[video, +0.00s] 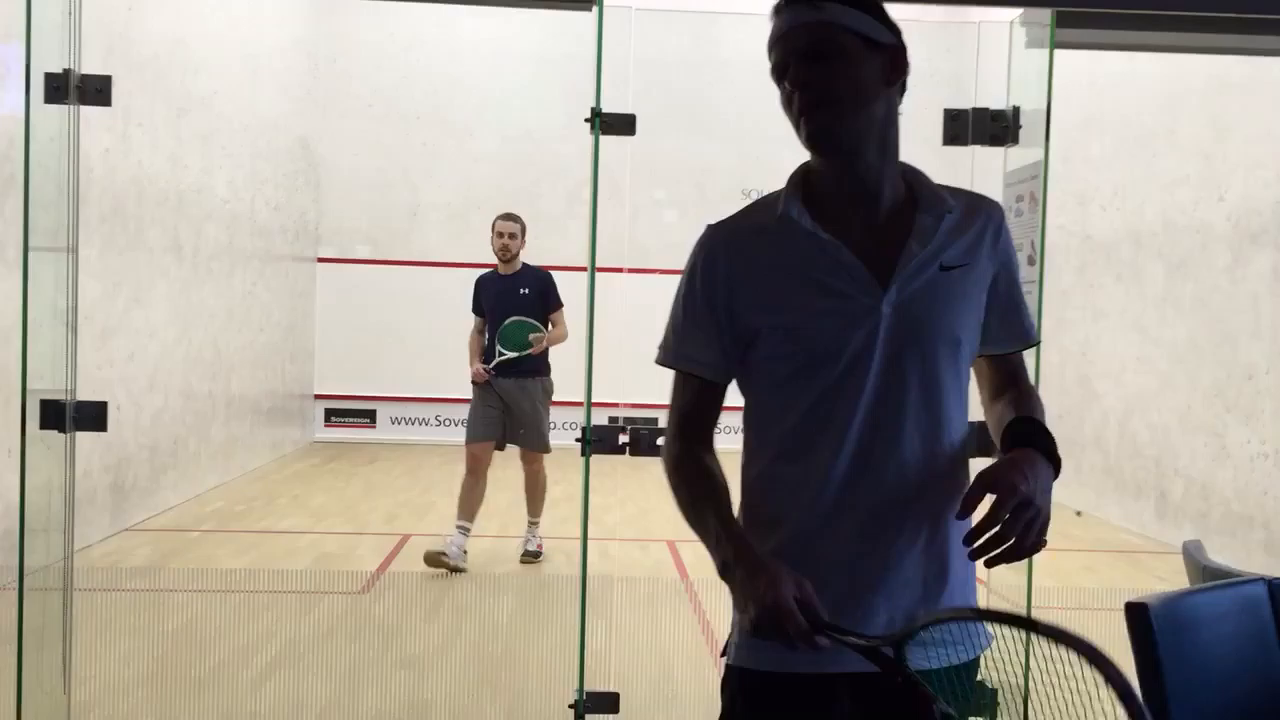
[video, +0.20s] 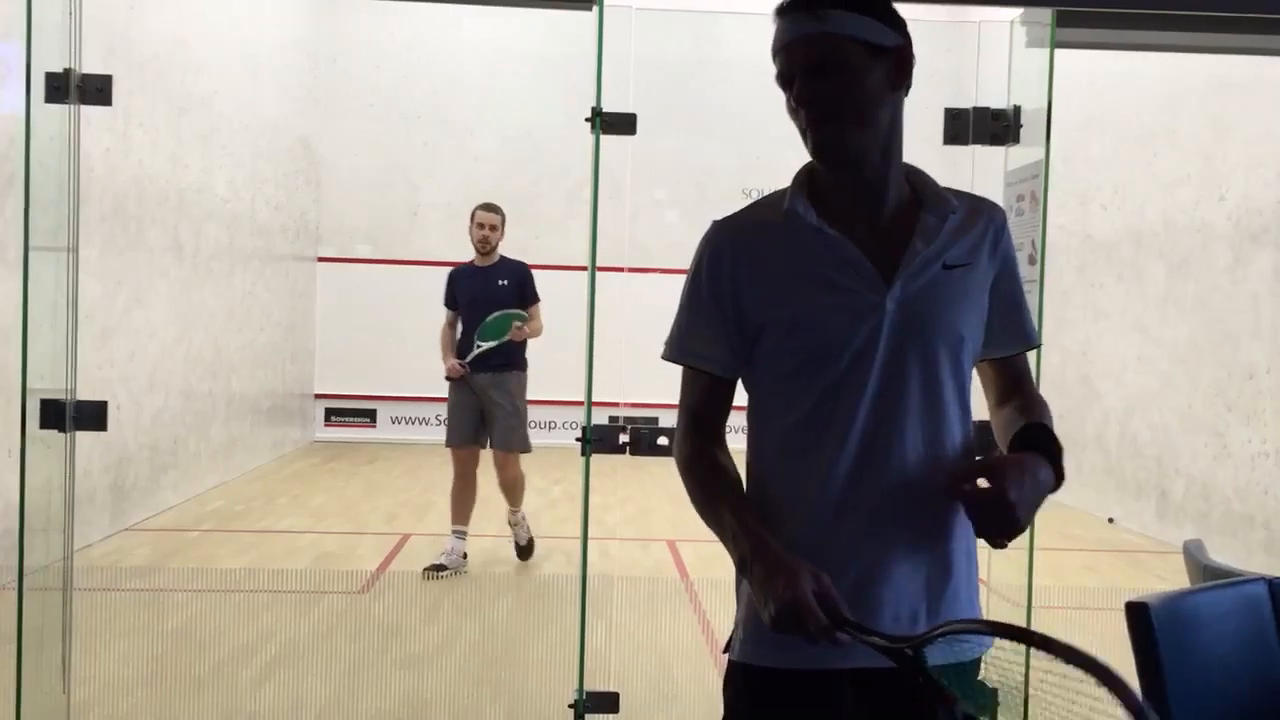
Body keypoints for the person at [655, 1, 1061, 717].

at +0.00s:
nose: (796, 89)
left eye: (818, 60)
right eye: (781, 74)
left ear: (893, 67)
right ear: (776, 94)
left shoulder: (975, 230)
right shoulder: (733, 251)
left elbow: (1004, 382)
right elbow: (686, 440)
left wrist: (1031, 456)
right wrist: (740, 565)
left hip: (935, 644)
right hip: (785, 645)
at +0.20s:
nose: (799, 98)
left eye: (822, 71)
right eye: (787, 79)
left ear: (900, 70)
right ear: (778, 90)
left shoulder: (976, 232)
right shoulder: (738, 247)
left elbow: (1011, 393)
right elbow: (697, 436)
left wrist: (1036, 464)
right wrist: (760, 558)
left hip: (937, 647)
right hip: (788, 648)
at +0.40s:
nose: (799, 99)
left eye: (823, 73)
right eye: (786, 78)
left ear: (899, 72)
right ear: (775, 85)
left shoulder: (974, 232)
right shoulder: (730, 245)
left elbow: (1027, 365)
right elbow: (677, 435)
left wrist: (1049, 496)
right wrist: (753, 549)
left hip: (928, 648)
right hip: (778, 647)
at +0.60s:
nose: (795, 93)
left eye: (823, 69)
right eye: (784, 72)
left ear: (898, 74)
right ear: (772, 78)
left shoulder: (972, 231)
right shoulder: (723, 241)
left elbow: (997, 339)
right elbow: (665, 434)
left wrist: (946, 435)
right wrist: (754, 542)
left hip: (915, 642)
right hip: (765, 645)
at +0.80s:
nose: (795, 90)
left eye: (824, 67)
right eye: (786, 67)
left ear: (900, 74)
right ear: (773, 76)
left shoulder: (959, 229)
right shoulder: (714, 236)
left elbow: (932, 372)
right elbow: (658, 430)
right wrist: (758, 541)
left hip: (906, 638)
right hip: (757, 644)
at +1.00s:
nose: (793, 88)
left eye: (823, 66)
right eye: (780, 66)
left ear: (896, 76)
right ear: (767, 76)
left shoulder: (947, 228)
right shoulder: (707, 234)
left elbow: (918, 379)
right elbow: (643, 431)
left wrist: (914, 502)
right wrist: (757, 553)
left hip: (897, 639)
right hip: (749, 648)